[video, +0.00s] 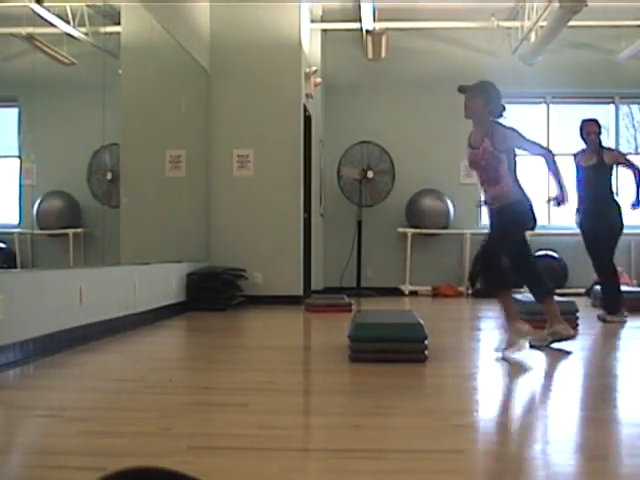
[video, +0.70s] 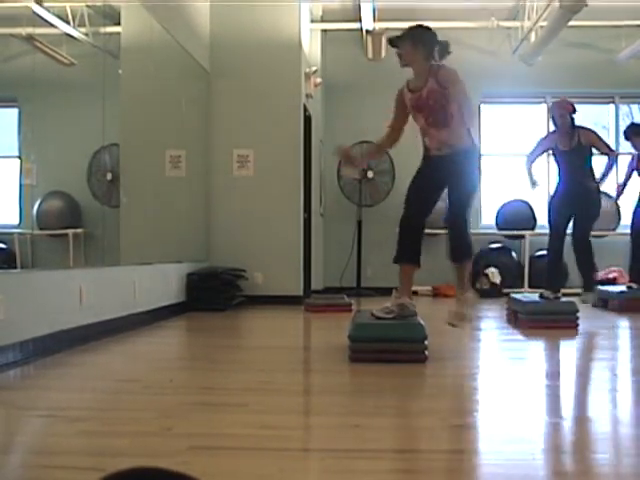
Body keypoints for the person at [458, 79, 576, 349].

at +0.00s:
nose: (464, 103)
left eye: (470, 99)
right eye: (465, 99)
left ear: (485, 103)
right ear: (474, 104)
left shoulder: (501, 133)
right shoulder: (473, 137)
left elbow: (546, 153)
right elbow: (488, 167)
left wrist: (560, 187)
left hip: (514, 209)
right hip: (497, 211)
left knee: (487, 263)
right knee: (526, 266)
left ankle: (515, 325)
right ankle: (558, 323)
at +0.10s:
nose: (464, 97)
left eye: (470, 93)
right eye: (465, 93)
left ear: (485, 99)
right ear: (473, 100)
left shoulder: (501, 131)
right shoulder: (470, 133)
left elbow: (546, 153)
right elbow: (483, 167)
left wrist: (556, 189)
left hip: (511, 209)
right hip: (488, 211)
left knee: (509, 270)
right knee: (509, 270)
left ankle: (527, 335)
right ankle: (550, 318)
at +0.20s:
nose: (458, 79)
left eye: (464, 74)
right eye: (459, 74)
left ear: (480, 81)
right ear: (466, 82)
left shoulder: (493, 113)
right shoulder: (464, 118)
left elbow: (523, 146)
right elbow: (467, 159)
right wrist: (443, 186)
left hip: (510, 194)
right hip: (485, 196)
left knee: (513, 260)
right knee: (473, 258)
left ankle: (527, 332)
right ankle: (511, 296)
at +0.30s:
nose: (449, 73)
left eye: (455, 69)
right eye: (450, 69)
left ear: (472, 75)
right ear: (460, 77)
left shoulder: (483, 103)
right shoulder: (456, 114)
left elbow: (471, 141)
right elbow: (435, 145)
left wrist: (428, 152)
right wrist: (401, 149)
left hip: (508, 182)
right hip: (482, 185)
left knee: (515, 252)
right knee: (446, 224)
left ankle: (523, 329)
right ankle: (461, 299)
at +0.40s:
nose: (438, 83)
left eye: (443, 78)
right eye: (439, 79)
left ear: (460, 82)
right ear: (454, 84)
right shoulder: (455, 115)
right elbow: (416, 126)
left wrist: (400, 102)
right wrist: (394, 112)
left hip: (500, 190)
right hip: (472, 190)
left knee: (512, 259)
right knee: (425, 225)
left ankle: (522, 337)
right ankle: (411, 295)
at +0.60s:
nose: (410, 65)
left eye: (416, 61)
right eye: (411, 61)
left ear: (434, 64)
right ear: (422, 67)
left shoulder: (453, 90)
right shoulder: (417, 102)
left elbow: (431, 111)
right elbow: (385, 127)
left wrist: (392, 114)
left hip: (470, 172)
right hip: (441, 174)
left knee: (479, 244)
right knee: (406, 225)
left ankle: (500, 319)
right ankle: (402, 301)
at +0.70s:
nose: (398, 53)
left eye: (403, 47)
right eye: (398, 48)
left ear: (420, 49)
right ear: (409, 52)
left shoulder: (446, 75)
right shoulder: (406, 93)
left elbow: (467, 113)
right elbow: (393, 135)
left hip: (462, 157)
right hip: (432, 161)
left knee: (457, 222)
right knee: (411, 221)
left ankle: (463, 296)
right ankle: (403, 298)